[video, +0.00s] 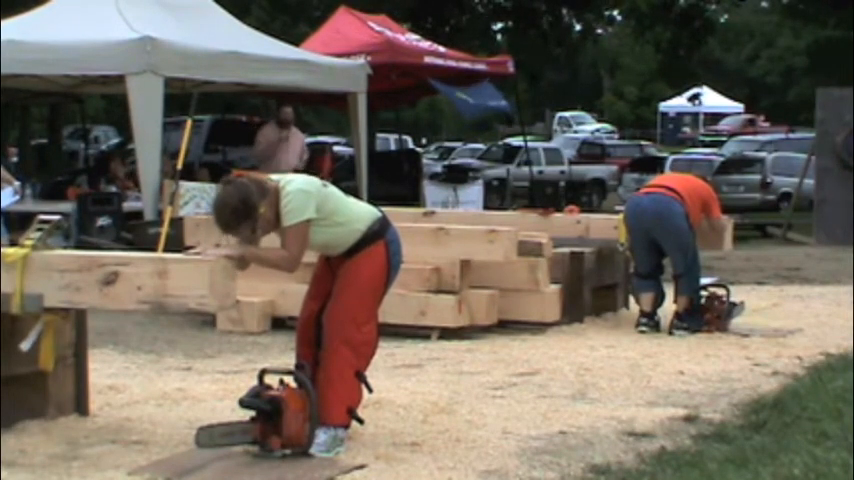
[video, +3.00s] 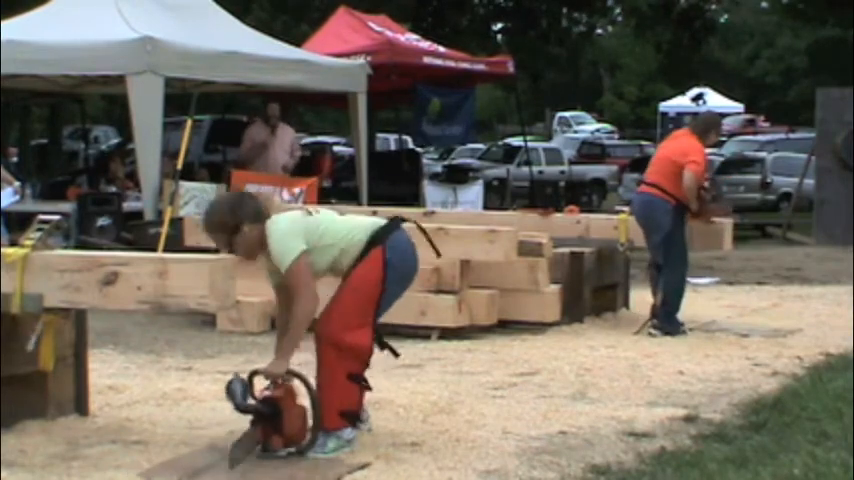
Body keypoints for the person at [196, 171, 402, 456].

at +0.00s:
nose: (257, 233)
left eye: (256, 228)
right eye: (249, 232)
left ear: (262, 206)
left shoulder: (297, 194)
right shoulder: (263, 194)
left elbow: (290, 261)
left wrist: (242, 253)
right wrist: (230, 252)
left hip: (372, 246)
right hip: (337, 252)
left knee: (340, 325)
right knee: (310, 321)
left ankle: (334, 426)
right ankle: (309, 412)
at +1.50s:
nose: (244, 227)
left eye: (242, 219)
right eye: (238, 224)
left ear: (256, 198)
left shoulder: (302, 198)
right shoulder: (263, 214)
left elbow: (325, 262)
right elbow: (277, 267)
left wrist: (281, 281)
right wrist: (264, 293)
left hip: (374, 245)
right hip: (337, 254)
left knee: (338, 322)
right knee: (309, 322)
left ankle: (336, 426)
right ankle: (310, 414)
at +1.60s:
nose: (241, 232)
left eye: (239, 222)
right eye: (234, 227)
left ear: (254, 199)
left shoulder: (300, 211)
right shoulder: (262, 226)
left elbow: (316, 277)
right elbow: (283, 284)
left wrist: (285, 329)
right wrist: (298, 333)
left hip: (377, 246)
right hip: (338, 257)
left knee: (339, 321)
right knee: (307, 319)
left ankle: (340, 424)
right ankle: (313, 414)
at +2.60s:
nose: (237, 253)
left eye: (234, 244)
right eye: (230, 248)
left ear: (251, 224)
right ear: (253, 221)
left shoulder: (287, 226)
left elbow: (305, 299)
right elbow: (307, 293)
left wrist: (301, 361)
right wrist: (302, 356)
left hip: (382, 255)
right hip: (364, 257)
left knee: (334, 335)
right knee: (329, 331)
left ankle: (338, 429)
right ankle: (350, 412)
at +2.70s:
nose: (239, 239)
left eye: (234, 232)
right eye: (231, 236)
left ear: (248, 211)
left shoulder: (279, 228)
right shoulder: (282, 176)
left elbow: (296, 297)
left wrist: (298, 362)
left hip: (372, 245)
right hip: (387, 224)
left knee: (326, 330)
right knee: (356, 324)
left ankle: (335, 427)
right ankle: (352, 403)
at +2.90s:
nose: (228, 236)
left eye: (225, 227)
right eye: (223, 230)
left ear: (241, 210)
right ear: (244, 205)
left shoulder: (278, 217)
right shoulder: (281, 197)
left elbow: (295, 292)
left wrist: (283, 358)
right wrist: (284, 287)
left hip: (379, 242)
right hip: (386, 232)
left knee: (333, 330)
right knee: (353, 322)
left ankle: (337, 428)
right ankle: (365, 402)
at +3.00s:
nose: (234, 254)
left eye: (231, 245)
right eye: (227, 249)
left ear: (246, 226)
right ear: (246, 226)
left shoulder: (281, 232)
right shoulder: (273, 246)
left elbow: (306, 300)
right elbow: (286, 307)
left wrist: (281, 360)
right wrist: (280, 360)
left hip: (389, 251)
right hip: (379, 254)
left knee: (333, 331)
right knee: (334, 329)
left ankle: (337, 429)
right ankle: (350, 414)